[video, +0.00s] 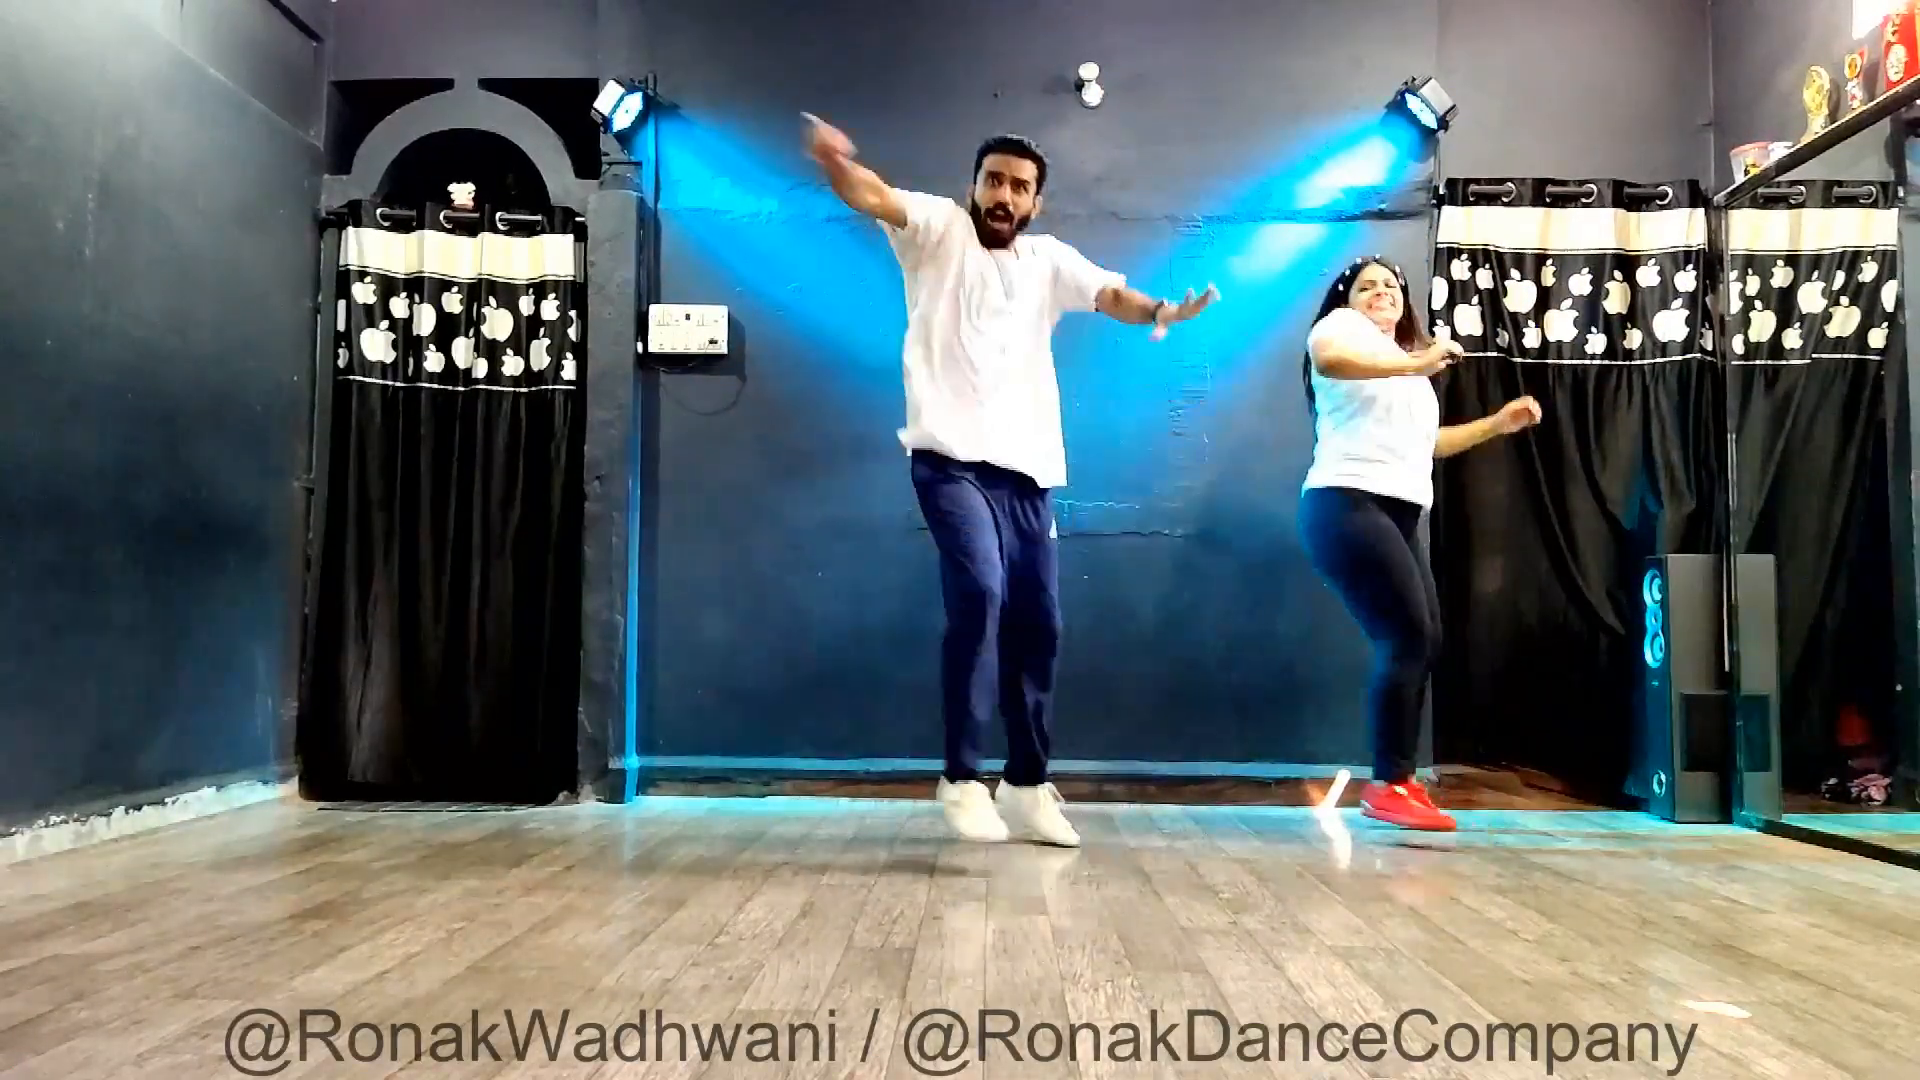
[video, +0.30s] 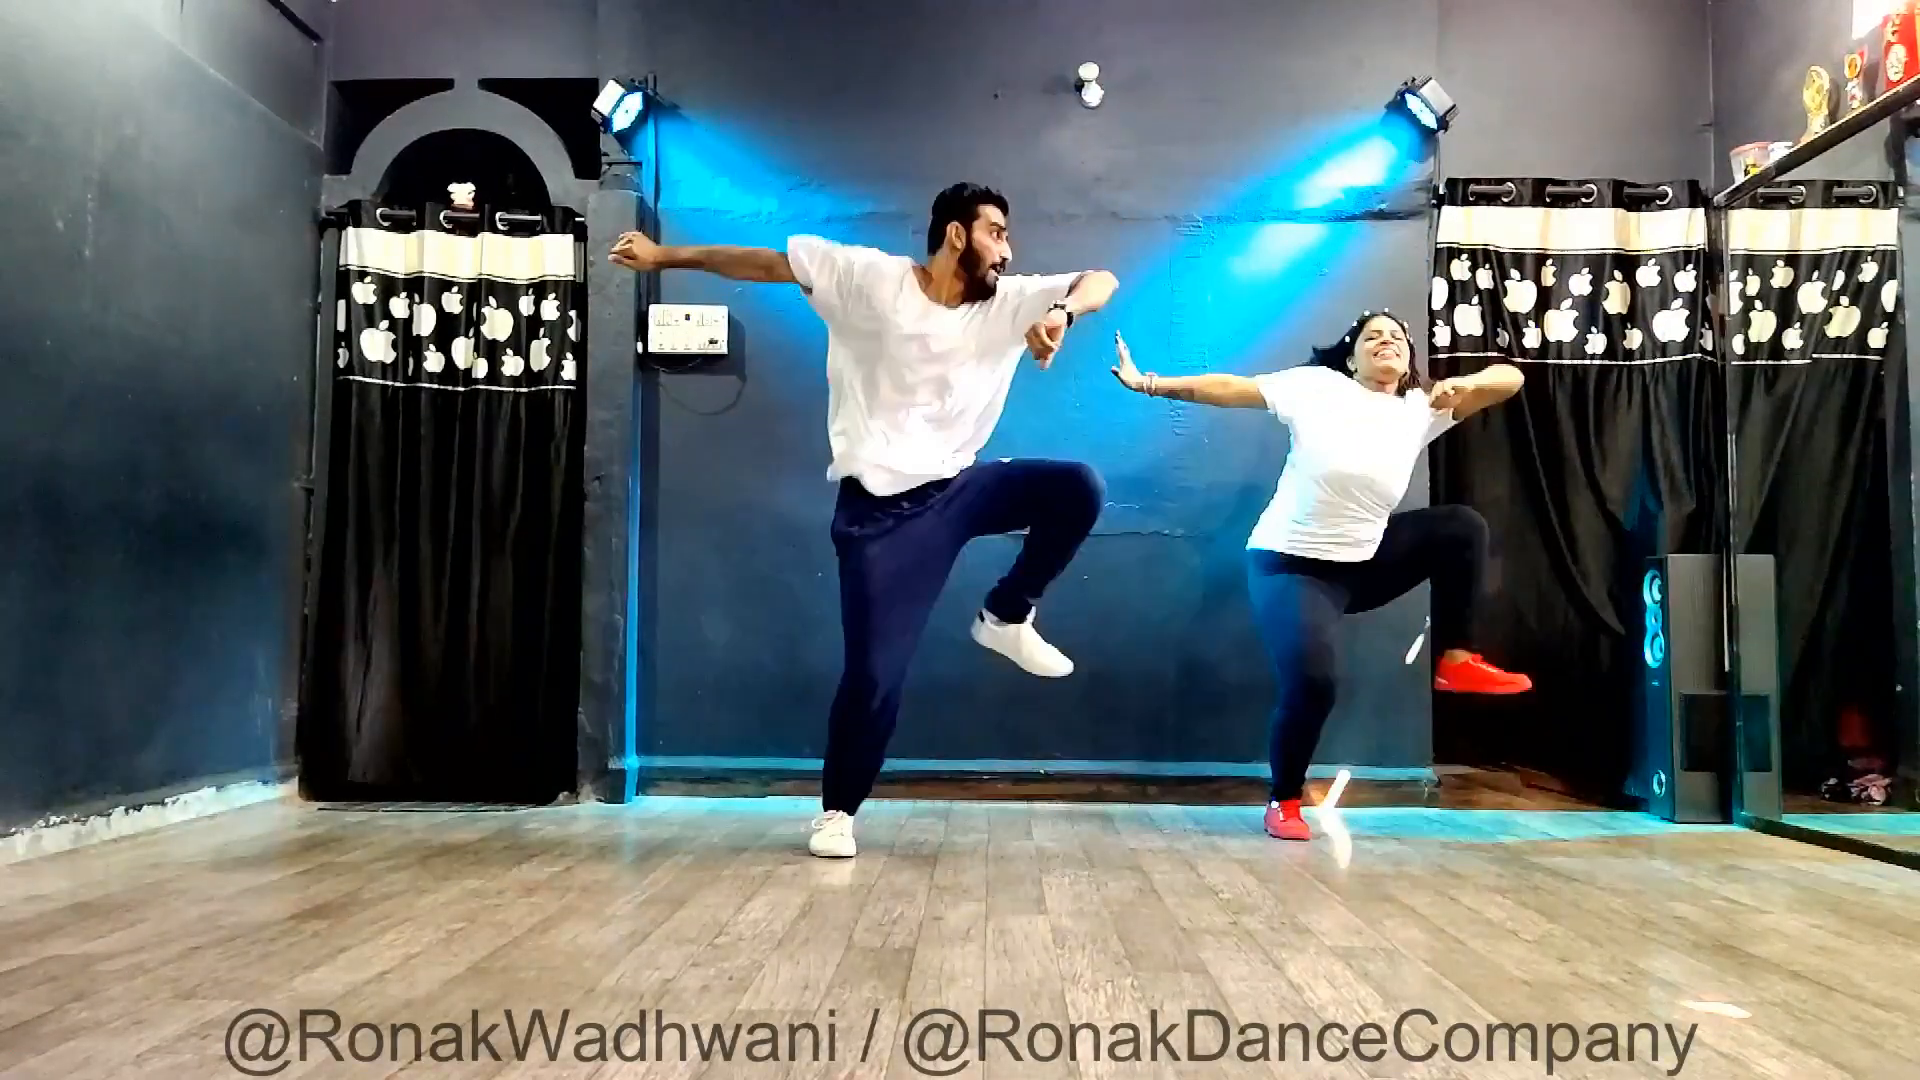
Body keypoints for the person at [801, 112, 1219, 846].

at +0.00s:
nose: (1006, 196)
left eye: (1021, 187)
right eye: (994, 181)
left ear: (1035, 200)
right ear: (973, 185)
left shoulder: (1049, 259)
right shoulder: (938, 224)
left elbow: (1111, 295)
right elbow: (874, 197)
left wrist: (1159, 310)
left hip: (1027, 462)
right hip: (948, 453)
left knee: (1038, 620)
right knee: (982, 589)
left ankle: (1028, 785)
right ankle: (965, 781)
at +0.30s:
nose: (1005, 247)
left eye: (1007, 235)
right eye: (995, 232)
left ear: (980, 241)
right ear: (954, 235)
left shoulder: (1005, 299)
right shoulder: (870, 278)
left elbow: (1102, 281)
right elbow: (766, 264)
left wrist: (1065, 309)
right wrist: (666, 257)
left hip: (959, 490)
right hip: (881, 512)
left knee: (1077, 488)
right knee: (874, 679)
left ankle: (1008, 616)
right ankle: (838, 813)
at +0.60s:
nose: (991, 234)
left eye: (990, 223)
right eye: (981, 221)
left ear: (956, 230)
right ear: (939, 226)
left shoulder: (994, 323)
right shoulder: (864, 301)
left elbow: (1091, 351)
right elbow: (757, 333)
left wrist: (1039, 304)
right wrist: (661, 308)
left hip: (971, 519)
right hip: (885, 516)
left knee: (1014, 655)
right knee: (875, 671)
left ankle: (988, 809)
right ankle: (841, 813)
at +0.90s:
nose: (1038, 188)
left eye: (1037, 176)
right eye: (1028, 174)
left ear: (1008, 186)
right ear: (988, 181)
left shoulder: (1036, 268)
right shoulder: (913, 249)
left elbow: (1114, 350)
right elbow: (808, 278)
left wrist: (1079, 287)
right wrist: (712, 290)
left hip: (1016, 448)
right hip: (935, 464)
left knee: (1125, 476)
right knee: (926, 631)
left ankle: (1055, 613)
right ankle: (909, 793)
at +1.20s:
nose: (1094, 262)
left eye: (1095, 252)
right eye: (1083, 249)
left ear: (1071, 261)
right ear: (1042, 256)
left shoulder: (1107, 345)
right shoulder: (968, 332)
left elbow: (1148, 444)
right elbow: (895, 408)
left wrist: (1131, 399)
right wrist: (861, 385)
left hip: (1084, 536)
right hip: (992, 534)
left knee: (1153, 660)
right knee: (984, 697)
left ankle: (1173, 819)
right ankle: (923, 807)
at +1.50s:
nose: (1157, 222)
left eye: (1160, 212)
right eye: (1149, 204)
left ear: (1140, 219)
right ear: (1107, 199)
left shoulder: (1126, 298)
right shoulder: (1039, 243)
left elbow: (1160, 370)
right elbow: (1017, 203)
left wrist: (1226, 381)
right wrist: (1029, 149)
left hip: (1054, 461)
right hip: (976, 443)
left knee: (1102, 600)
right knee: (949, 579)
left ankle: (1098, 765)